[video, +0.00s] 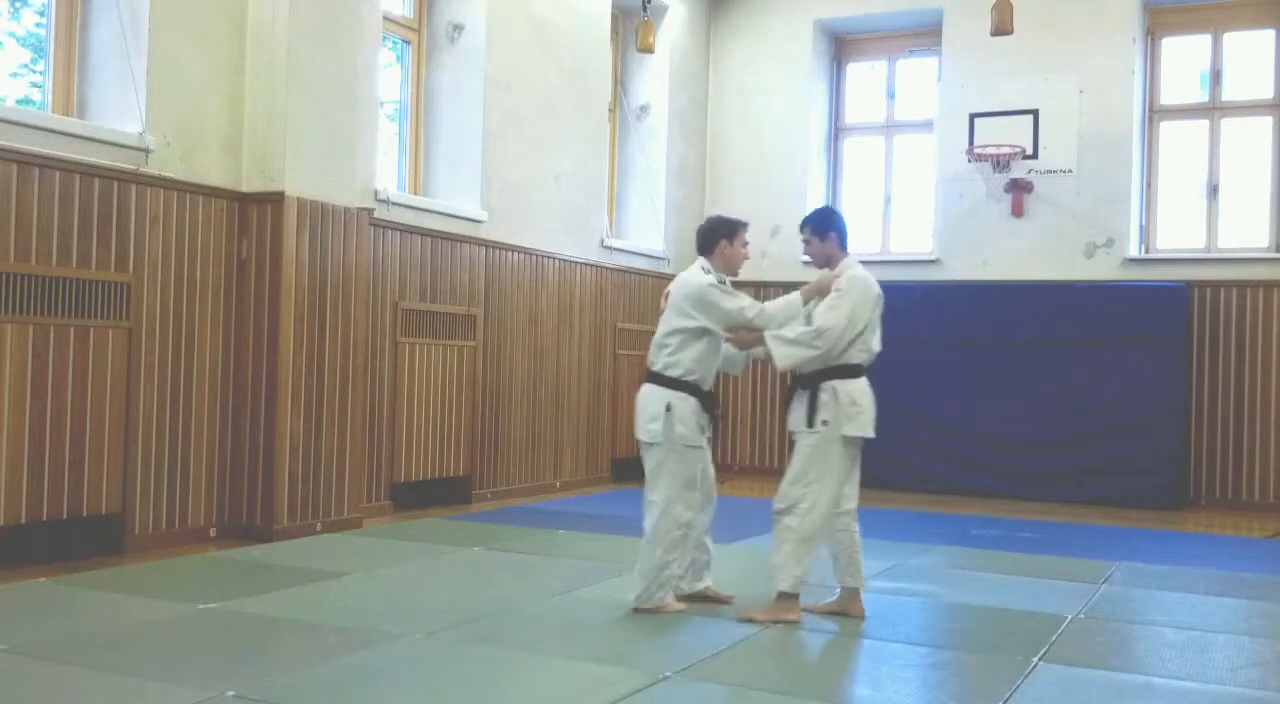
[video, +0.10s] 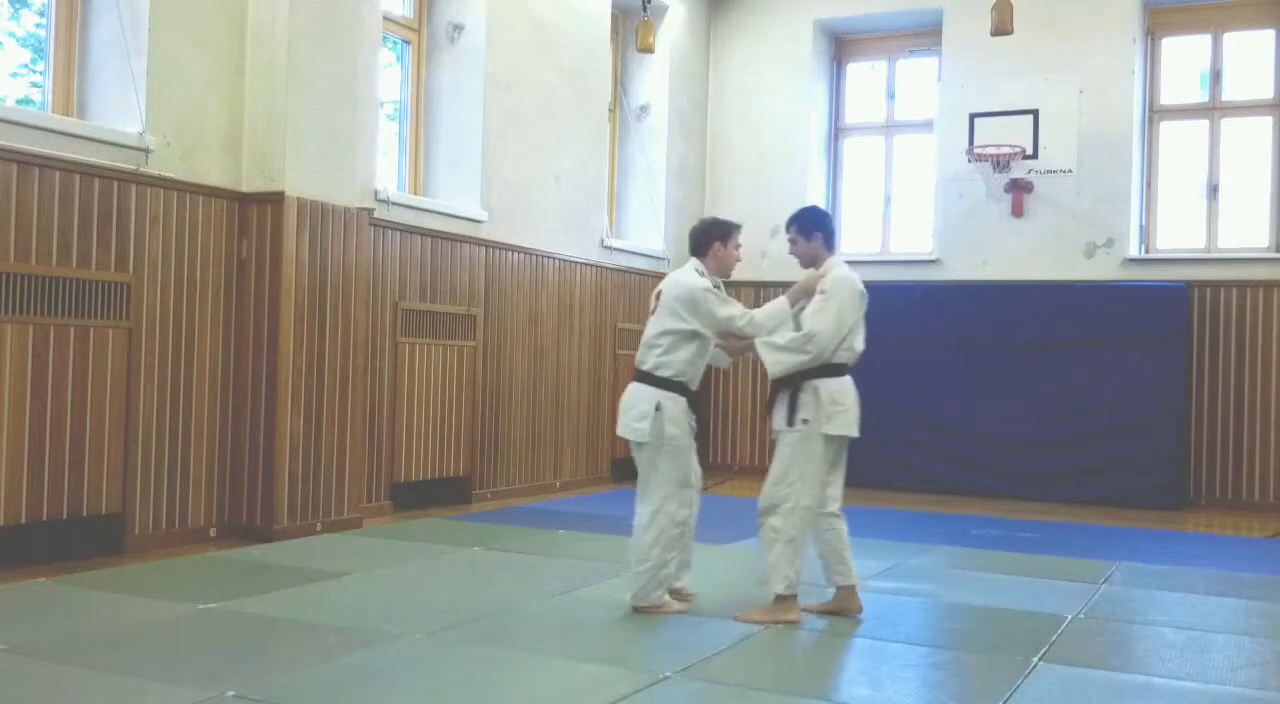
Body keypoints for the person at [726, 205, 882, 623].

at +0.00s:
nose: (806, 252)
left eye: (810, 243)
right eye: (804, 244)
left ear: (833, 238)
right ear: (829, 241)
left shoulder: (855, 282)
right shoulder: (837, 282)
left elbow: (824, 334)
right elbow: (806, 327)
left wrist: (763, 342)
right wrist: (756, 337)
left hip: (835, 399)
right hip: (834, 397)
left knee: (796, 501)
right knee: (839, 504)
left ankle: (786, 600)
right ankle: (850, 594)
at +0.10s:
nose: (792, 251)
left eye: (795, 243)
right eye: (790, 244)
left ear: (817, 238)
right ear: (816, 241)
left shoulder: (840, 282)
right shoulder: (827, 280)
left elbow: (817, 338)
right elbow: (796, 327)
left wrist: (755, 344)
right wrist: (744, 338)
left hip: (818, 398)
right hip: (824, 396)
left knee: (780, 500)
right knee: (824, 502)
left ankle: (784, 601)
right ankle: (846, 593)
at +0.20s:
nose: (777, 249)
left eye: (781, 241)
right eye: (775, 242)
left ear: (804, 236)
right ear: (802, 238)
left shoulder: (821, 277)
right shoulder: (807, 277)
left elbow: (805, 340)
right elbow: (767, 319)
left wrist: (748, 345)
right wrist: (726, 333)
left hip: (803, 396)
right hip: (809, 394)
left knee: (772, 501)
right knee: (808, 499)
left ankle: (782, 602)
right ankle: (826, 588)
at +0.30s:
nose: (765, 248)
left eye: (769, 240)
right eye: (765, 241)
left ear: (789, 237)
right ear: (795, 237)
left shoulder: (801, 275)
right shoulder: (810, 275)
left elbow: (790, 337)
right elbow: (780, 329)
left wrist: (734, 342)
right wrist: (724, 332)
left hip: (788, 394)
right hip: (804, 393)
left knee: (757, 492)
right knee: (792, 497)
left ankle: (780, 598)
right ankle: (787, 595)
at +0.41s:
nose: (754, 245)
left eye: (757, 238)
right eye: (755, 239)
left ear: (768, 235)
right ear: (794, 236)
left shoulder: (773, 269)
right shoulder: (809, 277)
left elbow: (782, 327)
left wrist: (732, 330)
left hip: (766, 396)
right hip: (800, 398)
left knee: (707, 484)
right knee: (780, 497)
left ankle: (743, 583)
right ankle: (786, 592)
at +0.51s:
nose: (742, 242)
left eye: (745, 235)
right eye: (745, 236)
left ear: (752, 235)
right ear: (784, 238)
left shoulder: (759, 263)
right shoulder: (795, 275)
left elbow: (746, 307)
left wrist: (725, 281)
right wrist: (736, 276)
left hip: (739, 388)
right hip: (777, 391)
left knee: (705, 490)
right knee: (773, 498)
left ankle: (725, 597)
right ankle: (784, 593)